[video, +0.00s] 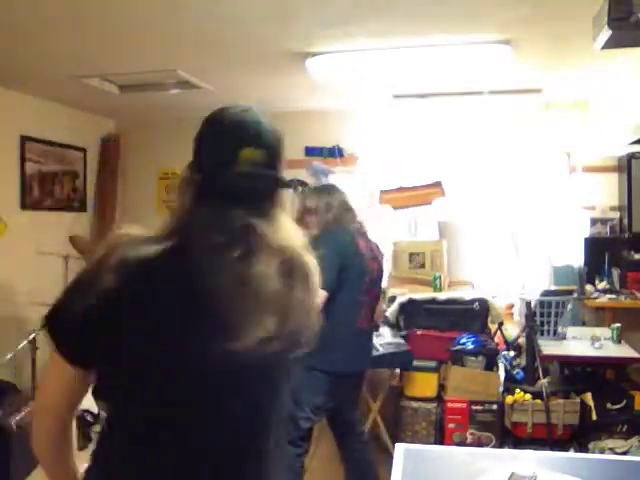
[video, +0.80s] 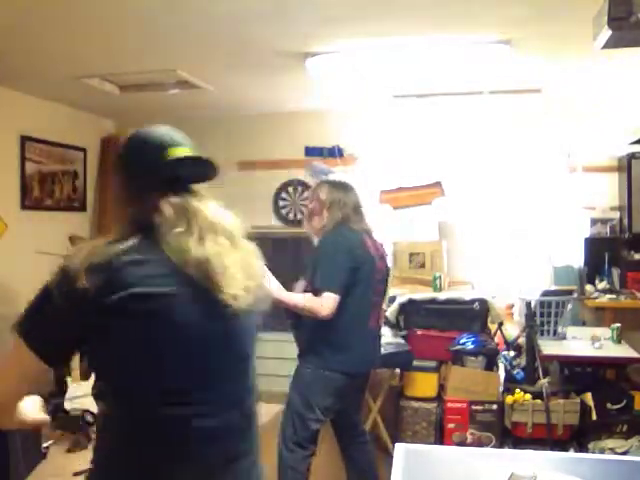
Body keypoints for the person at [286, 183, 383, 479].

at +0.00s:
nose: (306, 220)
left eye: (310, 212)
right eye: (305, 212)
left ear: (326, 211)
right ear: (343, 209)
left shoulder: (331, 241)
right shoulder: (366, 243)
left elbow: (316, 297)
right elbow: (372, 303)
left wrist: (292, 330)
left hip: (323, 354)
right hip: (355, 355)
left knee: (292, 435)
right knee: (349, 429)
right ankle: (364, 474)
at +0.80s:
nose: (307, 210)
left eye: (312, 203)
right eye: (308, 203)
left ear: (328, 207)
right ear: (349, 206)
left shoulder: (338, 240)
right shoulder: (368, 241)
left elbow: (324, 307)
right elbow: (362, 304)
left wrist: (280, 294)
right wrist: (311, 292)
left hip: (328, 361)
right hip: (358, 360)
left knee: (295, 445)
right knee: (352, 433)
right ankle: (367, 476)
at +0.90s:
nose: (308, 207)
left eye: (314, 201)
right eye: (310, 200)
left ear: (330, 207)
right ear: (349, 207)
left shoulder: (338, 240)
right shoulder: (368, 242)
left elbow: (325, 307)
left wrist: (279, 294)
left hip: (328, 361)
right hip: (358, 360)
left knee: (295, 445)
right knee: (352, 433)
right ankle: (368, 475)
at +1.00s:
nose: (308, 207)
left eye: (313, 201)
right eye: (309, 200)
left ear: (330, 207)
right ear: (349, 207)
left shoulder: (338, 241)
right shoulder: (367, 242)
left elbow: (326, 307)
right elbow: (361, 305)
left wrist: (280, 295)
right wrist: (310, 297)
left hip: (327, 362)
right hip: (358, 361)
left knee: (296, 445)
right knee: (352, 433)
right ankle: (368, 476)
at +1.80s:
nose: (308, 213)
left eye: (312, 206)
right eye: (309, 206)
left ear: (327, 210)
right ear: (349, 208)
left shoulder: (337, 243)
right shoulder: (365, 243)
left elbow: (322, 308)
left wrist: (275, 295)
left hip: (325, 363)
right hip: (355, 362)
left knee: (292, 446)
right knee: (351, 433)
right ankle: (368, 476)